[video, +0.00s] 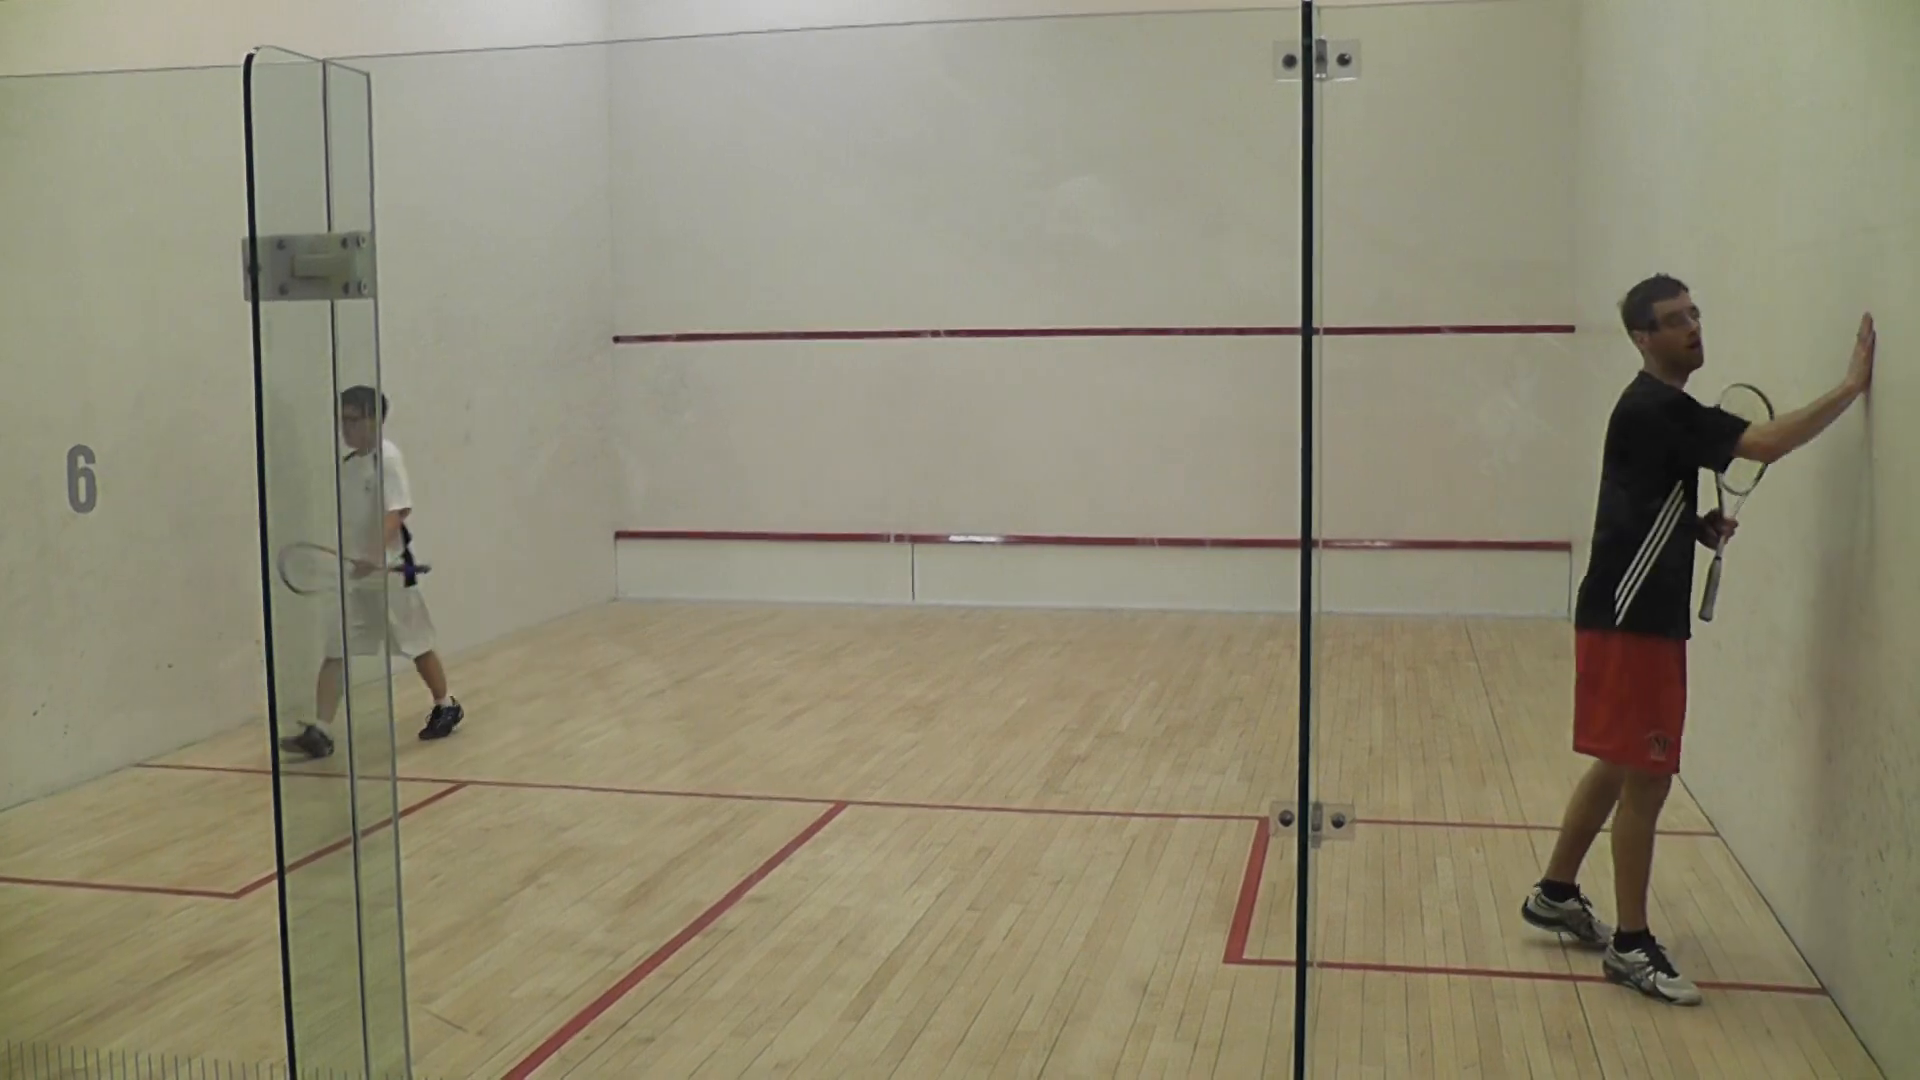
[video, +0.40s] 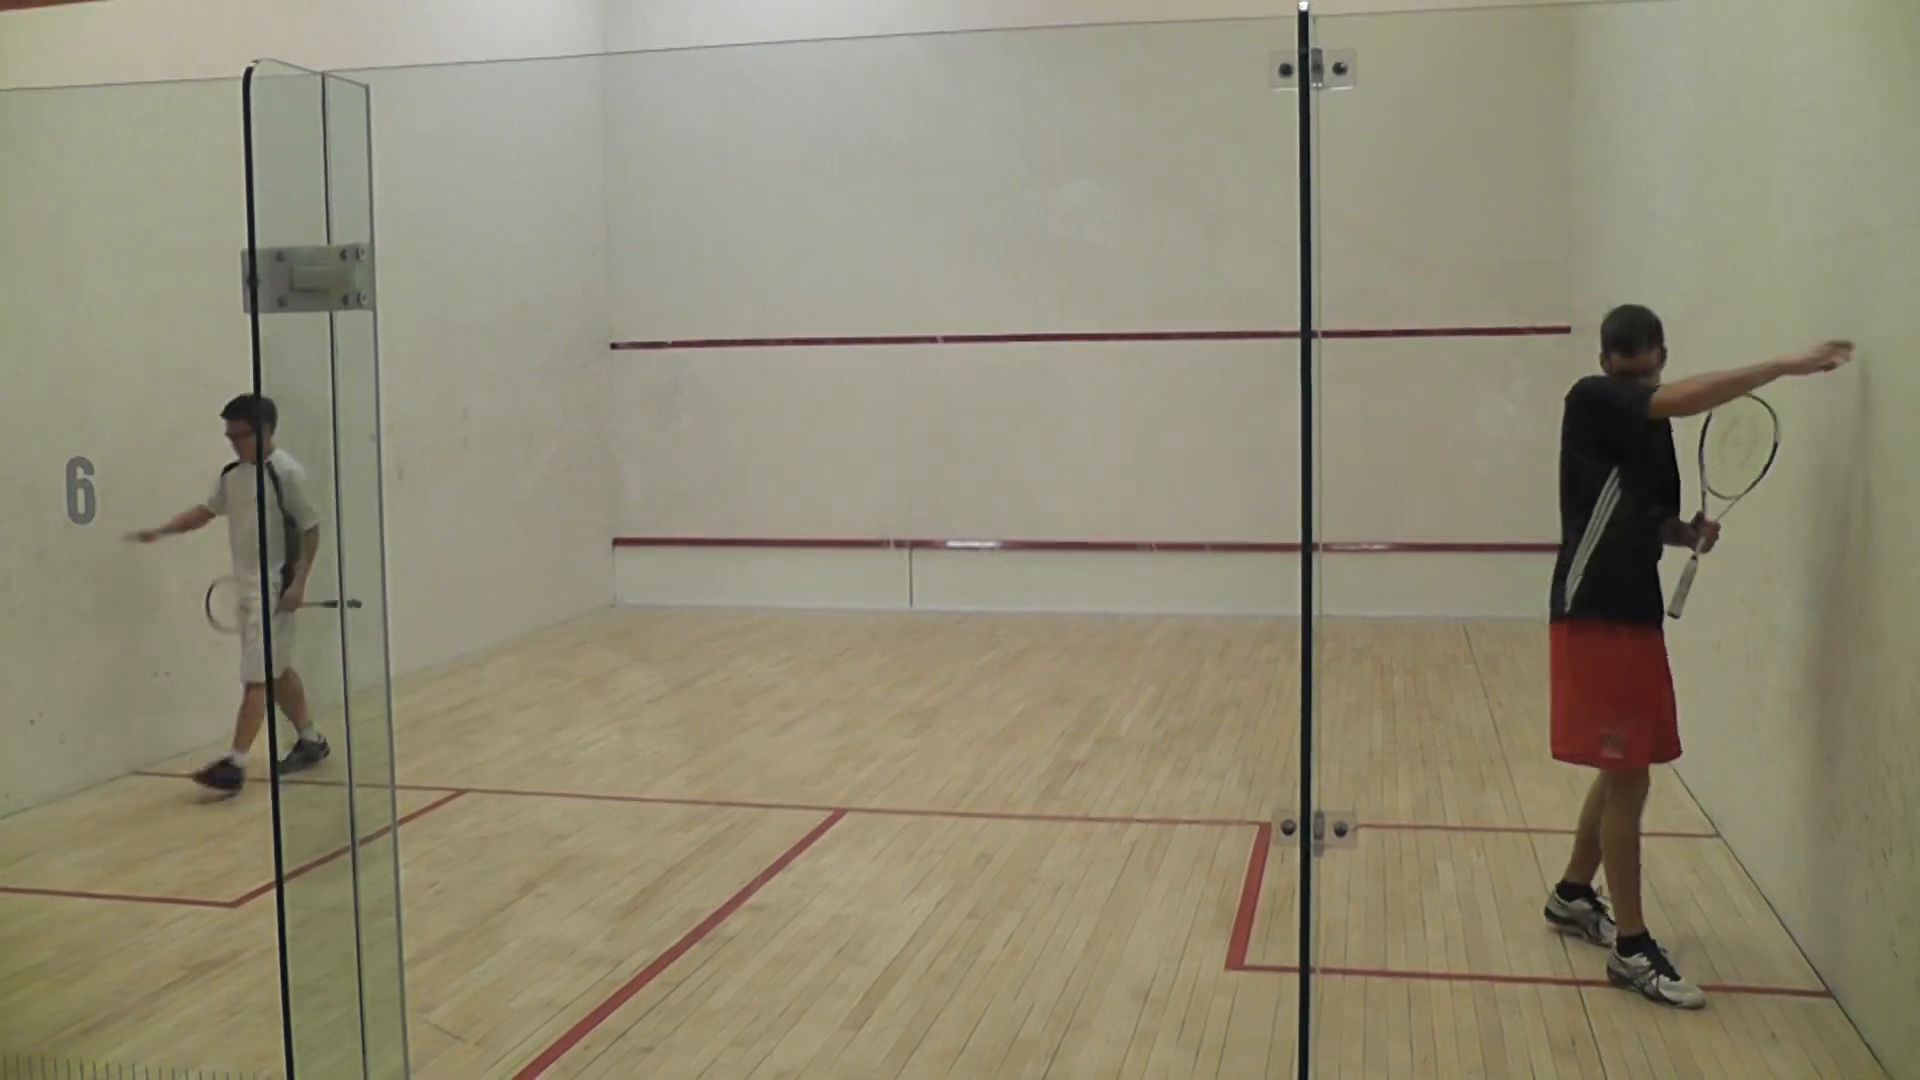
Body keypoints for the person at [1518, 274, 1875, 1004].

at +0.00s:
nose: (1695, 329)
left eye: (1694, 317)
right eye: (1678, 322)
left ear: (1688, 325)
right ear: (1644, 338)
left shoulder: (1653, 402)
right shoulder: (1656, 407)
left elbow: (1637, 506)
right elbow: (1764, 443)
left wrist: (1695, 524)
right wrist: (1851, 388)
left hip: (1628, 616)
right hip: (1641, 623)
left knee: (1619, 760)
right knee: (1650, 773)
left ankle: (1553, 891)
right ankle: (1631, 943)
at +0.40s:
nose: (1654, 373)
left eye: (1658, 363)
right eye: (1647, 362)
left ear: (1648, 358)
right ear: (1622, 355)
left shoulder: (1645, 415)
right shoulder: (1591, 395)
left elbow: (1637, 519)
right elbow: (1676, 400)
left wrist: (1683, 531)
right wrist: (1785, 365)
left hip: (1631, 609)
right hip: (1598, 610)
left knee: (1625, 762)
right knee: (1627, 773)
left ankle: (1573, 890)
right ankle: (1631, 945)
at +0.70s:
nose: (1599, 386)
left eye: (1608, 373)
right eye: (1586, 376)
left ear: (1620, 357)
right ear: (1561, 361)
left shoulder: (1628, 428)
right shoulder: (1542, 395)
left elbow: (1633, 516)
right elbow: (1583, 423)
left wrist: (1647, 533)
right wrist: (1682, 406)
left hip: (1594, 620)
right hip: (1535, 615)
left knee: (1592, 764)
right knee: (1546, 768)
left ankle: (1571, 908)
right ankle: (1543, 927)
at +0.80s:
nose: (1579, 374)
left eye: (1589, 362)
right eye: (1566, 364)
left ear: (1602, 357)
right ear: (1544, 358)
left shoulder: (1615, 430)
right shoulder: (1519, 401)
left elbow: (1613, 520)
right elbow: (1543, 448)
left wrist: (1631, 535)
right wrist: (1639, 442)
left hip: (1579, 616)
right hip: (1516, 611)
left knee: (1581, 760)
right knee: (1518, 762)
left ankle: (1567, 905)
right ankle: (1480, 902)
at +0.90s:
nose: (1560, 369)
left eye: (1569, 357)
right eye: (1547, 358)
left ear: (1583, 355)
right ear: (1526, 357)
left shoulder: (1585, 430)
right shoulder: (1501, 410)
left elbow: (1579, 518)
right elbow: (1499, 479)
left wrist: (1610, 535)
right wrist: (1597, 488)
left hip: (1558, 621)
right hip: (1494, 619)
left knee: (1569, 761)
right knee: (1488, 762)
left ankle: (1566, 904)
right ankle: (1414, 869)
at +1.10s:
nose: (1513, 369)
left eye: (1520, 357)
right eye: (1499, 358)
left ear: (1529, 362)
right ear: (1471, 361)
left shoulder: (1522, 434)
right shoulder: (1440, 431)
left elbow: (1517, 518)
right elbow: (1431, 529)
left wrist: (1553, 536)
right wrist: (1521, 556)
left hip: (1502, 626)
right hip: (1440, 626)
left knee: (1526, 758)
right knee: (1418, 754)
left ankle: (1559, 899)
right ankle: (1361, 871)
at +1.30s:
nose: (1466, 359)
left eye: (1472, 347)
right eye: (1451, 349)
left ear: (1481, 353)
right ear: (1425, 357)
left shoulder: (1473, 419)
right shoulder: (1400, 427)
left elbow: (1455, 503)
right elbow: (1379, 528)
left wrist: (1489, 540)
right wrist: (1450, 579)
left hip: (1446, 616)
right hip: (1394, 620)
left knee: (1475, 736)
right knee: (1383, 743)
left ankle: (1481, 876)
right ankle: (1354, 875)